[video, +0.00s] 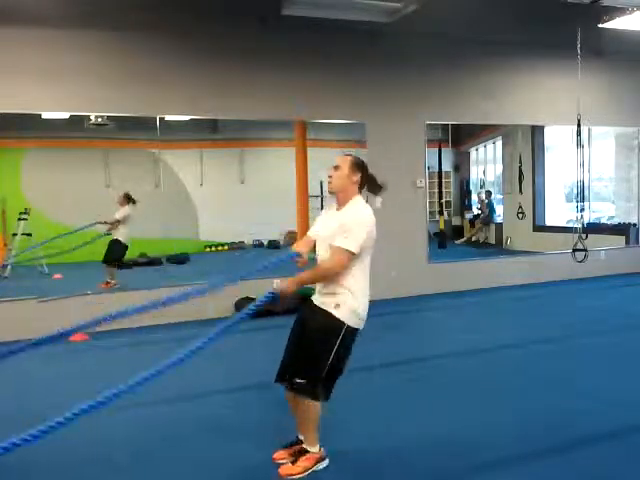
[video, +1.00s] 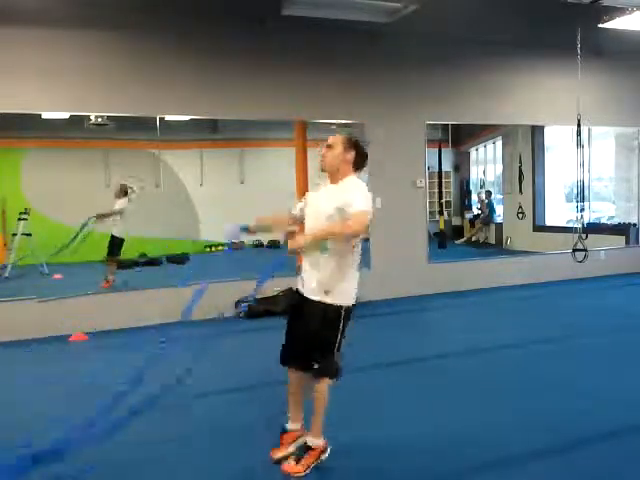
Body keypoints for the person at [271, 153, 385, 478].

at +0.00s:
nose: (329, 174)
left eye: (337, 169)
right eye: (331, 169)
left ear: (355, 178)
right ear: (347, 179)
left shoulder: (361, 216)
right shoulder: (331, 212)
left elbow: (336, 265)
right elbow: (307, 241)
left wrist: (294, 282)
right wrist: (300, 249)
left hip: (343, 309)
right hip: (320, 302)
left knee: (308, 382)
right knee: (292, 377)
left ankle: (313, 451)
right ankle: (305, 441)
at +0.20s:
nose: (333, 146)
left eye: (340, 141)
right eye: (333, 141)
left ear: (359, 149)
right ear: (339, 149)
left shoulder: (369, 177)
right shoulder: (328, 179)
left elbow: (377, 209)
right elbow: (294, 194)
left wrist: (332, 220)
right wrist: (255, 196)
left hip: (348, 284)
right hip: (318, 277)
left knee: (339, 363)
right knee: (302, 347)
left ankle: (338, 443)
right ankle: (295, 412)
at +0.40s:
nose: (304, 183)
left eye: (310, 178)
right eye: (305, 177)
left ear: (328, 185)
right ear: (320, 185)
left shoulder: (343, 215)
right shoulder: (312, 216)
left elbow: (363, 238)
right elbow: (311, 243)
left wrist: (374, 249)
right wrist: (287, 241)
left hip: (351, 311)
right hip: (321, 306)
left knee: (340, 385)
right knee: (290, 368)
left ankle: (368, 464)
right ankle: (291, 418)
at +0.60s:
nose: (311, 155)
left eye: (317, 150)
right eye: (312, 149)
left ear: (338, 156)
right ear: (325, 156)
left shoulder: (353, 186)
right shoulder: (316, 190)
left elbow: (359, 213)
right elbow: (288, 211)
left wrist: (322, 221)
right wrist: (248, 211)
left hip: (339, 290)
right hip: (309, 287)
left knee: (335, 370)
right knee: (291, 355)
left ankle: (350, 447)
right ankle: (288, 409)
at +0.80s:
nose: (316, 154)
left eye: (322, 148)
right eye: (317, 148)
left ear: (343, 154)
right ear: (329, 154)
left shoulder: (356, 189)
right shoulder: (318, 187)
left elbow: (330, 233)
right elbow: (294, 226)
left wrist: (284, 246)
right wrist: (266, 236)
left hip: (334, 289)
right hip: (306, 283)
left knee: (310, 366)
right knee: (292, 362)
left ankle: (312, 439)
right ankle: (297, 433)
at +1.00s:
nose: (322, 152)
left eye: (330, 146)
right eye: (323, 146)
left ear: (350, 156)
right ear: (327, 156)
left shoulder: (357, 190)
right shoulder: (320, 192)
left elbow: (358, 226)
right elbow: (296, 220)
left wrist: (313, 236)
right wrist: (263, 224)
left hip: (335, 296)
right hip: (306, 290)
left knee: (321, 370)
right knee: (295, 363)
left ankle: (316, 441)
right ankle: (295, 429)